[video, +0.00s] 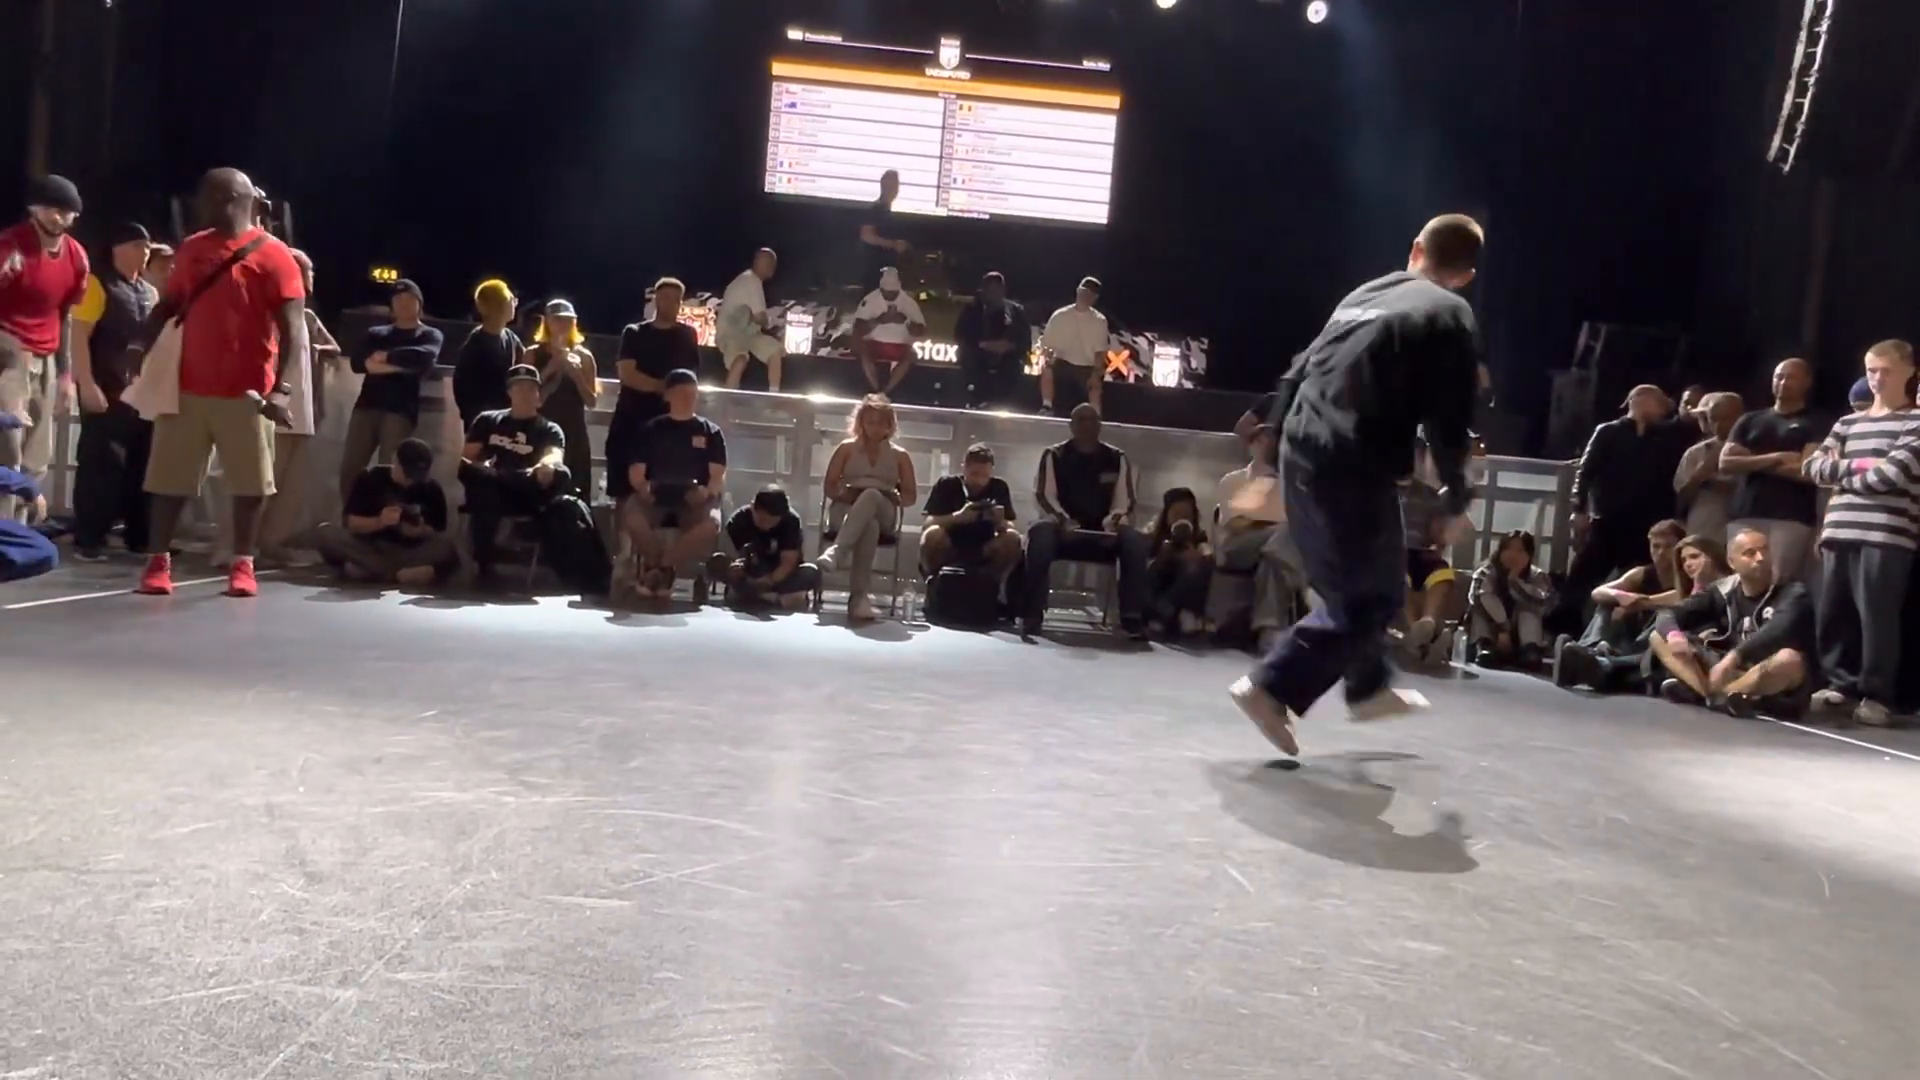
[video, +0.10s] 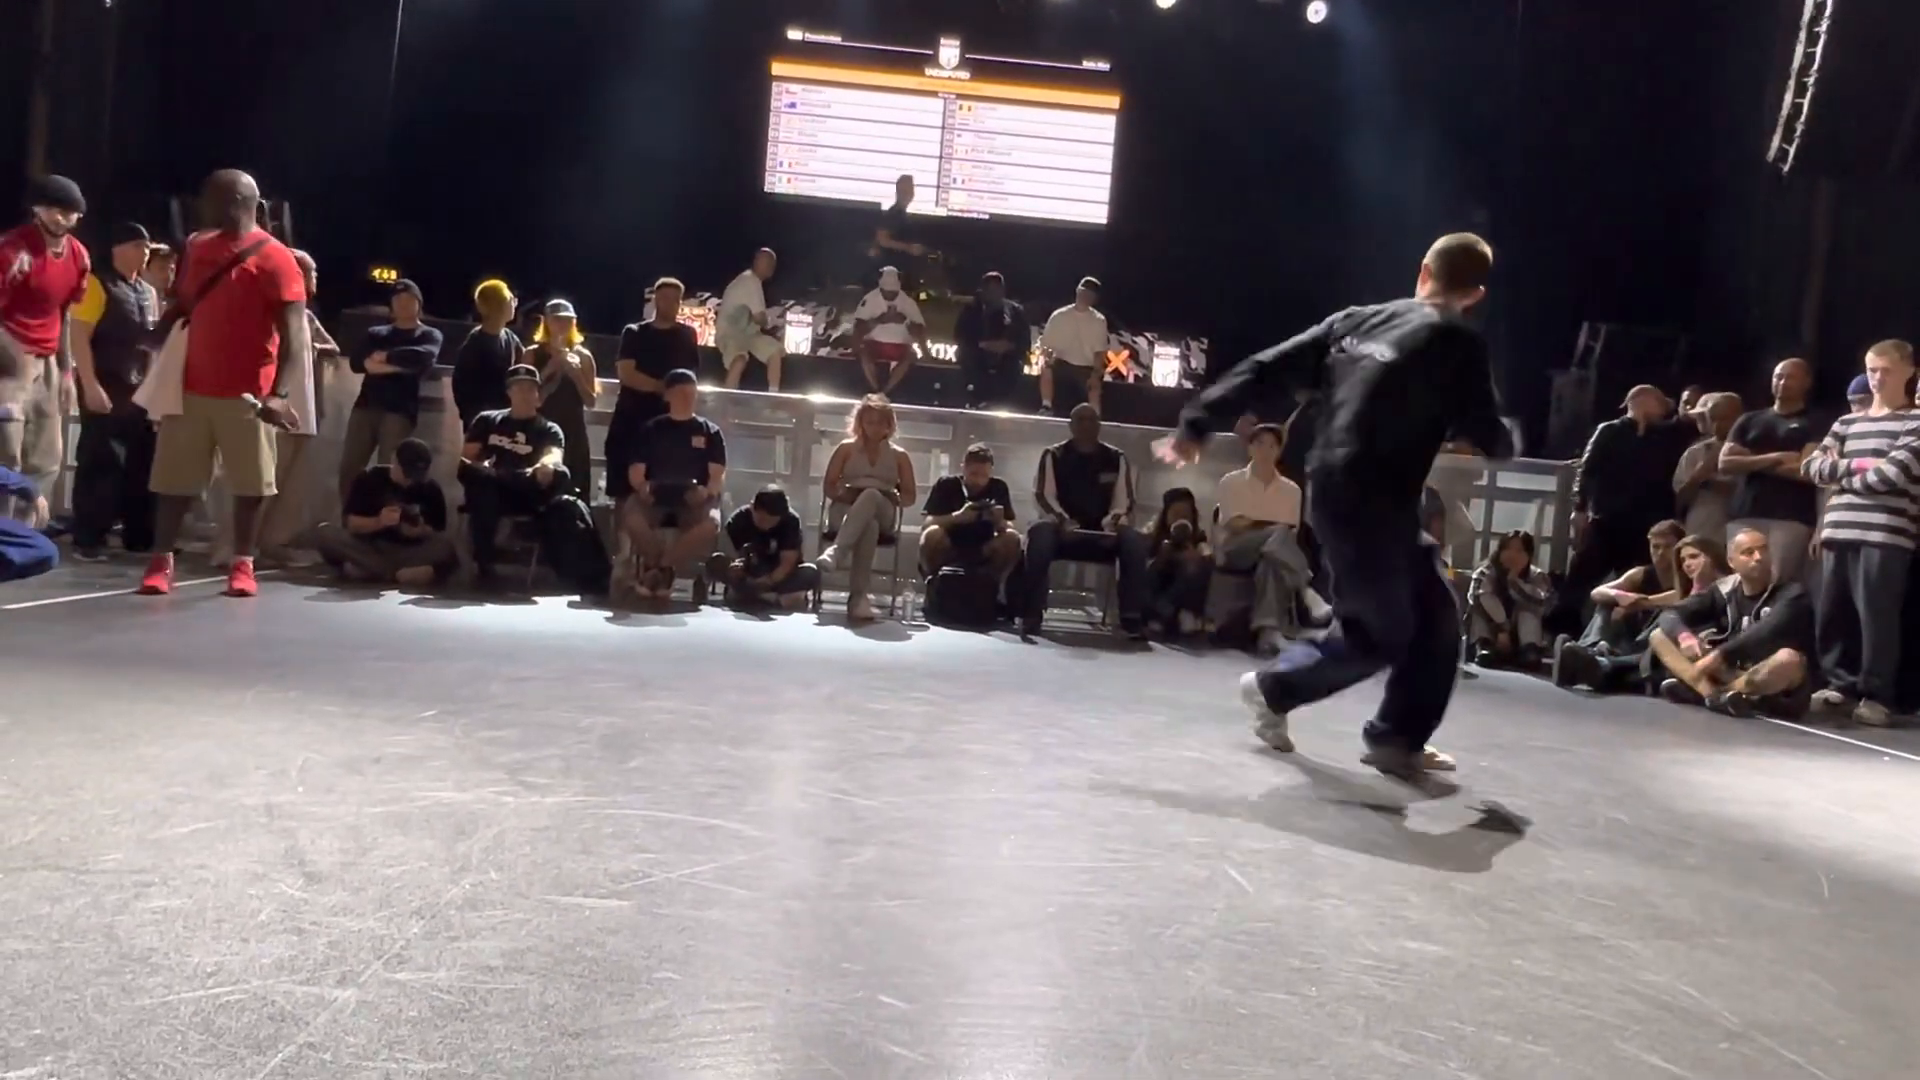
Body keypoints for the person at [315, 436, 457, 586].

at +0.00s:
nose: (408, 482)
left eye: (415, 479)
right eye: (405, 476)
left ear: (425, 472)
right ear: (395, 462)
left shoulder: (430, 489)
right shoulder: (369, 479)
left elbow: (438, 530)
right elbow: (351, 524)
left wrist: (419, 531)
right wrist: (380, 522)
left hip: (411, 549)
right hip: (370, 546)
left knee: (445, 548)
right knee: (326, 534)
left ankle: (373, 573)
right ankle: (394, 574)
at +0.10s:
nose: (408, 482)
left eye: (414, 479)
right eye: (405, 476)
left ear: (424, 472)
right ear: (395, 462)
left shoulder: (430, 489)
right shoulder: (369, 479)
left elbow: (438, 530)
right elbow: (351, 524)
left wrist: (419, 530)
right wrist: (380, 522)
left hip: (411, 550)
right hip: (369, 547)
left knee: (445, 548)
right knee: (325, 534)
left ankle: (372, 573)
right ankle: (393, 574)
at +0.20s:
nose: (407, 483)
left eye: (413, 480)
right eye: (404, 476)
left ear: (423, 472)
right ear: (394, 462)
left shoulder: (429, 489)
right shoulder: (368, 479)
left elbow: (437, 530)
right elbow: (351, 524)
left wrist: (418, 531)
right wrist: (380, 523)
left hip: (410, 550)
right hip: (369, 547)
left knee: (444, 548)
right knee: (325, 534)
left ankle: (372, 574)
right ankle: (393, 575)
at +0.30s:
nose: (407, 483)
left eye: (413, 480)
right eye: (404, 476)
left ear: (422, 473)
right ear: (394, 462)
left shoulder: (429, 489)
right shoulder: (368, 479)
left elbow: (437, 530)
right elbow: (352, 524)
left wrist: (416, 531)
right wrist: (380, 523)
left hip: (410, 549)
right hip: (368, 546)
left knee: (444, 548)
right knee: (325, 533)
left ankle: (371, 573)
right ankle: (392, 575)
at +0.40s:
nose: (406, 483)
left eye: (413, 480)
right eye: (403, 476)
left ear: (423, 473)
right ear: (394, 461)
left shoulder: (430, 489)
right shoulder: (368, 479)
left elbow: (438, 531)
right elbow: (351, 524)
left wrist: (417, 531)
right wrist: (381, 523)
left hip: (410, 549)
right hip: (368, 545)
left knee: (445, 548)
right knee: (325, 533)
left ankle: (371, 573)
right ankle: (393, 574)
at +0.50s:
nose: (408, 483)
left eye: (415, 480)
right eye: (405, 477)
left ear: (424, 473)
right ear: (396, 462)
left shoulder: (431, 489)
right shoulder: (370, 479)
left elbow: (438, 532)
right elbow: (353, 524)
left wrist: (419, 530)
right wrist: (381, 522)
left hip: (411, 549)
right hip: (369, 545)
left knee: (446, 550)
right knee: (324, 534)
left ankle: (372, 573)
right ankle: (393, 575)